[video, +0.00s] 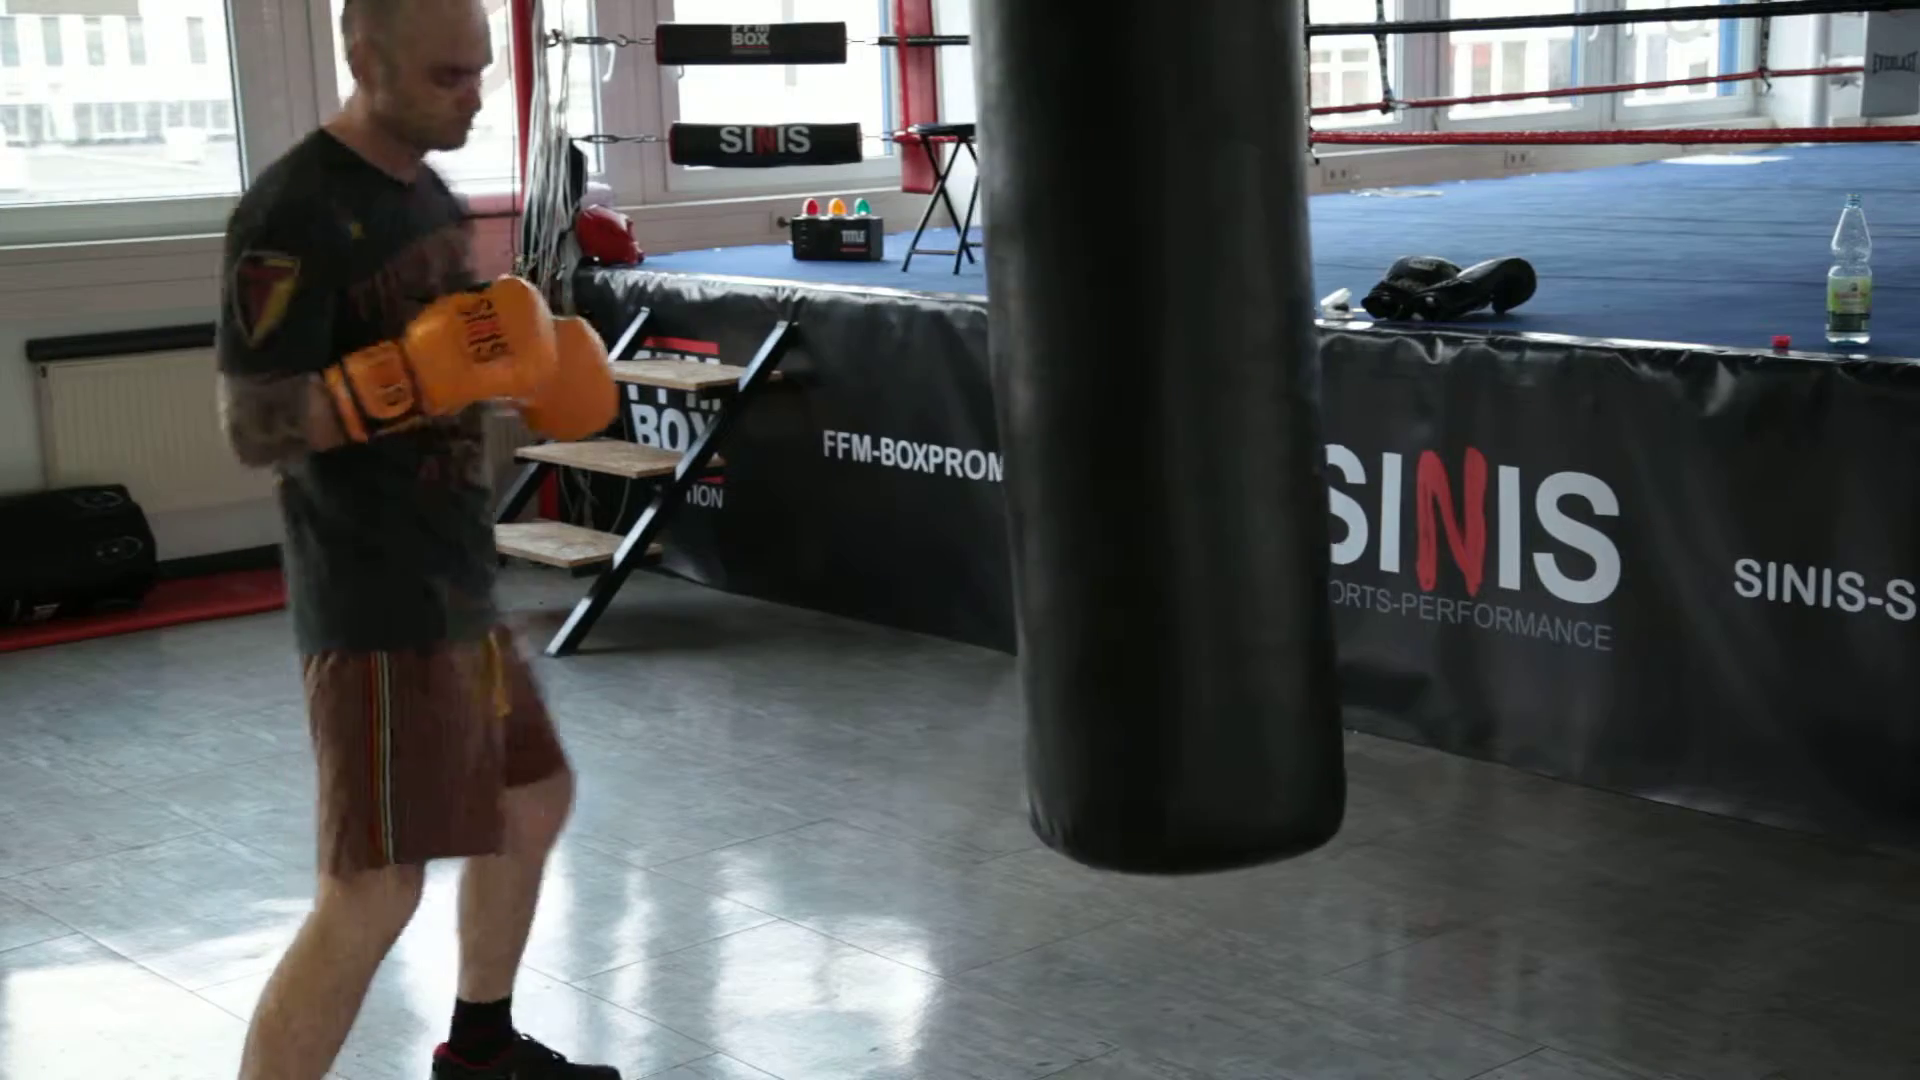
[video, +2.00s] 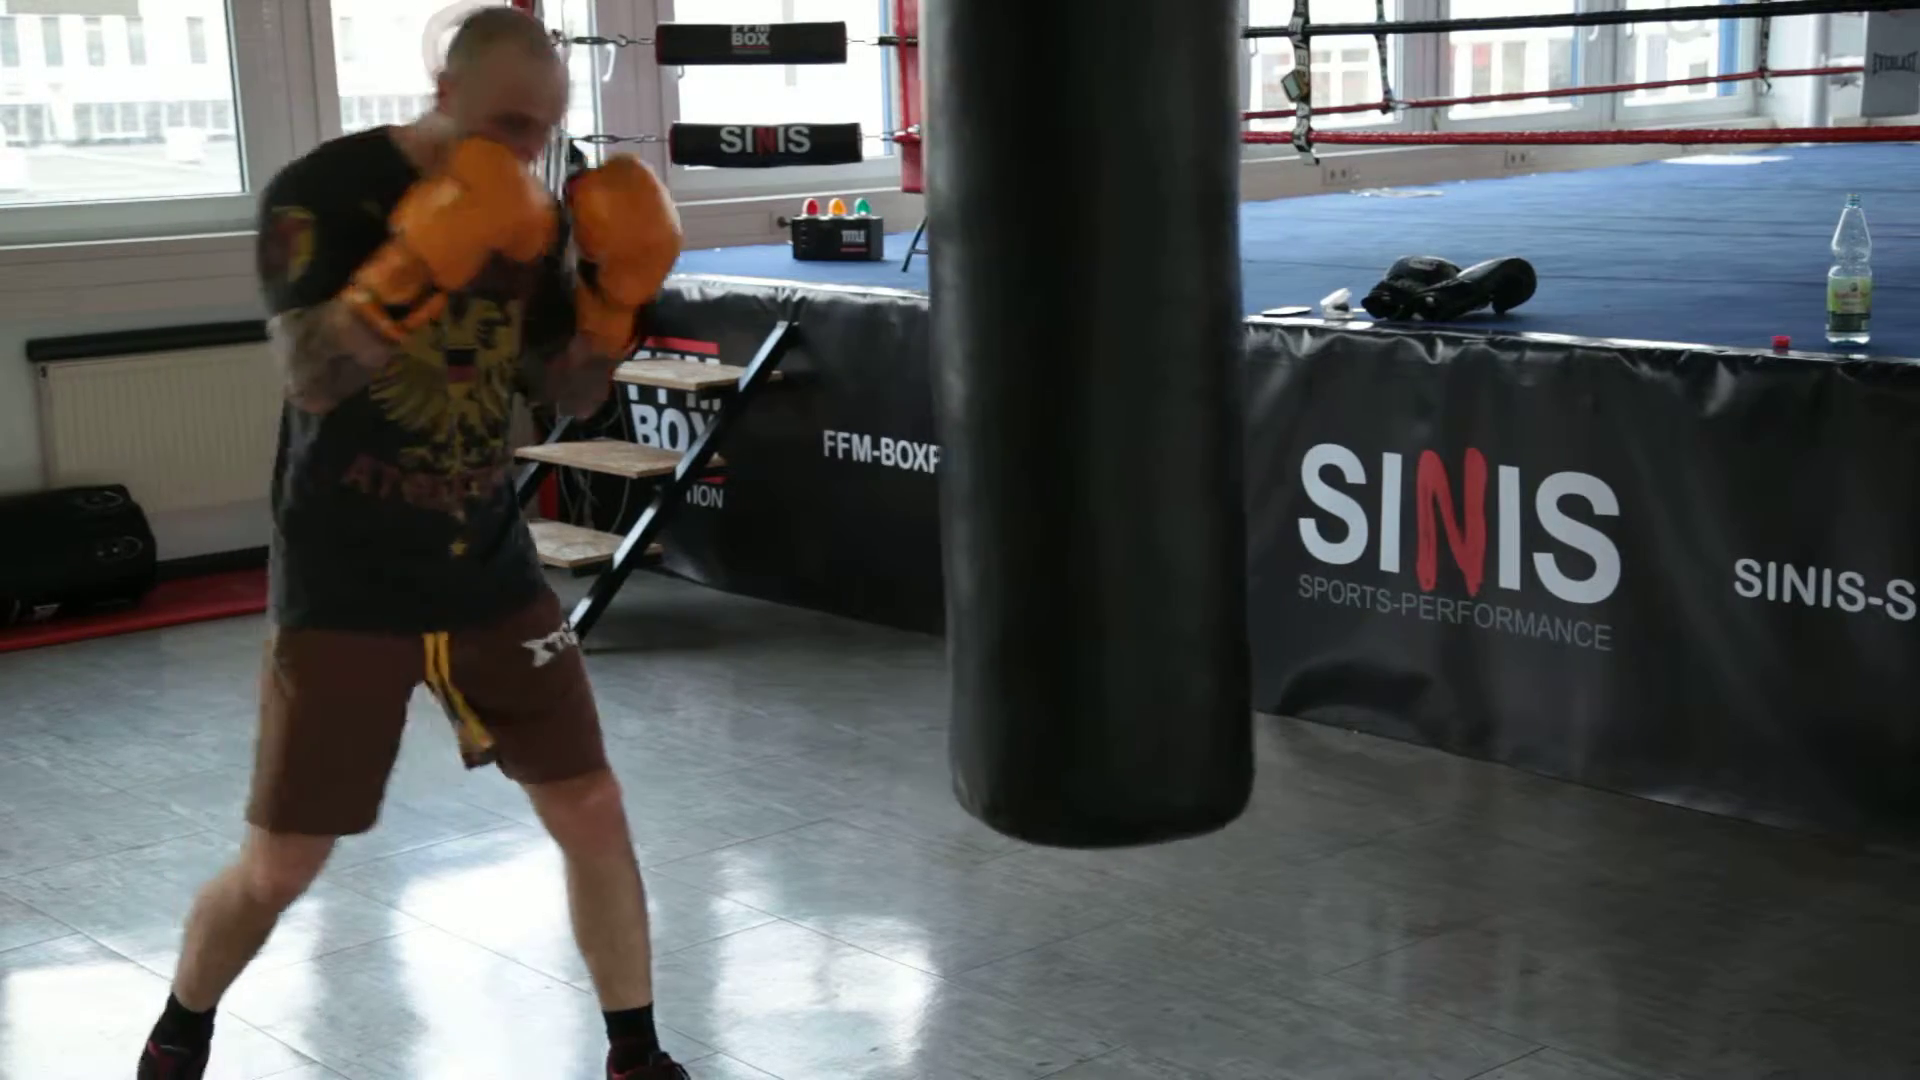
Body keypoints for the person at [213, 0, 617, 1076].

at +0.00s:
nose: (474, 96)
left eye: (480, 71)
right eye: (449, 76)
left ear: (482, 53)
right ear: (364, 61)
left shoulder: (432, 195)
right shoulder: (291, 208)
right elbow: (256, 424)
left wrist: (536, 385)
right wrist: (413, 372)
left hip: (455, 577)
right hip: (366, 600)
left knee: (531, 802)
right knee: (374, 890)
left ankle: (481, 1046)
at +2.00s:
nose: (519, 155)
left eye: (538, 134)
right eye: (503, 128)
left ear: (550, 123)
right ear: (440, 93)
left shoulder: (537, 218)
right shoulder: (320, 195)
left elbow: (561, 398)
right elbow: (311, 378)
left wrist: (618, 296)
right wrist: (418, 263)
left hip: (490, 561)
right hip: (345, 569)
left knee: (592, 812)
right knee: (283, 862)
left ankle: (637, 1057)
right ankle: (178, 1041)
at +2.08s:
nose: (574, 178)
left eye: (588, 157)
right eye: (558, 151)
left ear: (588, 149)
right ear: (491, 123)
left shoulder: (543, 233)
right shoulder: (352, 197)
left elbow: (535, 429)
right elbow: (336, 371)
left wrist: (606, 335)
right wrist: (473, 261)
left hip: (488, 574)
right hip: (348, 588)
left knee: (604, 809)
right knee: (300, 882)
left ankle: (640, 1059)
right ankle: (179, 1052)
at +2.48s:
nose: (364, 181)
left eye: (379, 154)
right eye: (338, 158)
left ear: (396, 140)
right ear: (268, 139)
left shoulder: (432, 209)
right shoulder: (203, 256)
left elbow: (576, 355)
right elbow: (236, 466)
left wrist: (525, 284)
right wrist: (275, 353)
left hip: (469, 578)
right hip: (307, 595)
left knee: (593, 828)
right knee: (225, 879)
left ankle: (640, 1058)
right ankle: (163, 1062)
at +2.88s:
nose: (533, 133)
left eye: (549, 110)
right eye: (513, 107)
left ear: (560, 97)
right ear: (440, 80)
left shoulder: (532, 214)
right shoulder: (321, 202)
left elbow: (571, 404)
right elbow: (305, 385)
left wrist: (632, 325)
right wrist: (432, 279)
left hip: (502, 560)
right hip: (352, 572)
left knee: (608, 823)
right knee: (269, 867)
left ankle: (638, 1063)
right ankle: (172, 1053)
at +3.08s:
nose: (492, 130)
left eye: (512, 106)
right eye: (471, 104)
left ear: (531, 88)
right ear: (402, 74)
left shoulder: (519, 198)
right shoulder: (285, 195)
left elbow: (582, 391)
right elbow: (263, 395)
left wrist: (593, 282)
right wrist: (369, 278)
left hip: (485, 575)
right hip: (327, 583)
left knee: (596, 840)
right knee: (245, 888)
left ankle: (636, 1062)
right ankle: (190, 1075)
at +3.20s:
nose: (442, 157)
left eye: (455, 130)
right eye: (417, 131)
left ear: (469, 113)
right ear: (339, 105)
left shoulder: (485, 214)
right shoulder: (244, 231)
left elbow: (575, 403)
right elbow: (238, 438)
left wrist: (565, 327)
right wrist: (327, 326)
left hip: (484, 596)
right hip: (317, 617)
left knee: (622, 833)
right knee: (239, 902)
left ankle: (647, 1059)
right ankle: (192, 1078)